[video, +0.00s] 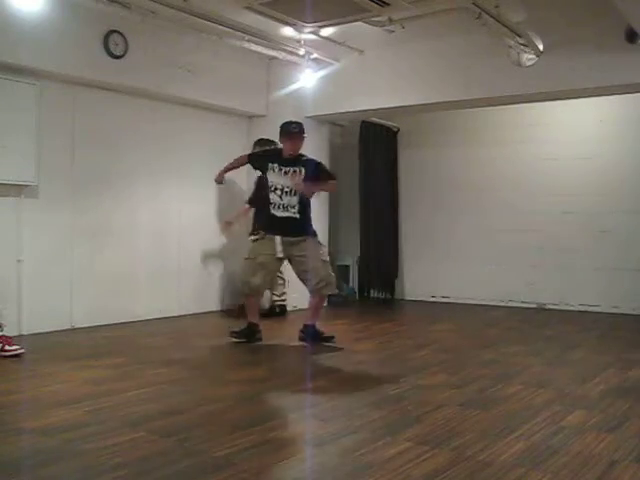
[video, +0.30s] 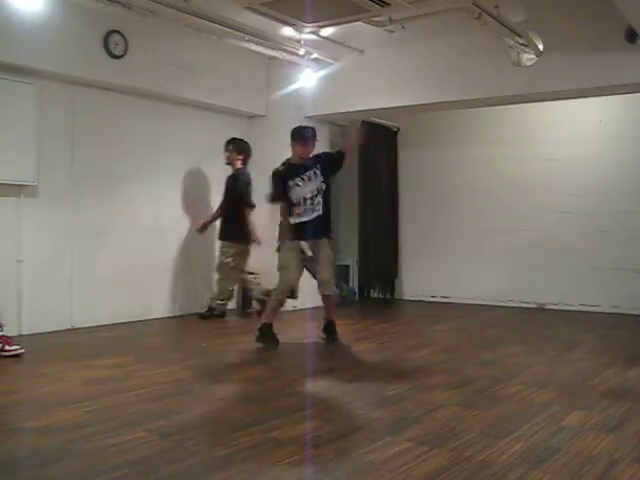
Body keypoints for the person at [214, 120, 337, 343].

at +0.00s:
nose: (295, 144)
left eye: (299, 140)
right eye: (291, 139)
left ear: (303, 140)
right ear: (282, 139)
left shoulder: (310, 165)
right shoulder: (268, 157)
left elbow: (332, 184)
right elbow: (245, 159)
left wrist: (310, 187)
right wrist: (223, 171)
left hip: (301, 236)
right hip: (268, 235)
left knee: (322, 280)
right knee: (251, 280)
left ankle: (309, 327)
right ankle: (252, 326)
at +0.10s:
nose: (300, 144)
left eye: (303, 140)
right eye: (296, 140)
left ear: (308, 141)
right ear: (286, 141)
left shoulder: (314, 168)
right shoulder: (269, 163)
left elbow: (337, 188)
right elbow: (246, 170)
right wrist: (236, 182)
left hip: (306, 235)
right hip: (275, 235)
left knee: (323, 280)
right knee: (262, 281)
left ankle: (314, 325)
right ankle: (257, 324)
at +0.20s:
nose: (304, 146)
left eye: (308, 142)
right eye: (300, 141)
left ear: (313, 142)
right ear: (291, 142)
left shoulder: (322, 166)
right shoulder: (275, 169)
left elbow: (350, 170)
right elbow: (247, 187)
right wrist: (235, 206)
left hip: (314, 235)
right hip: (286, 237)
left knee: (323, 279)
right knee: (283, 286)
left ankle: (324, 322)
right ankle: (261, 326)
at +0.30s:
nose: (306, 150)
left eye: (309, 145)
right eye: (302, 145)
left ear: (314, 145)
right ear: (293, 144)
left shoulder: (322, 161)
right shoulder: (281, 173)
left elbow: (347, 153)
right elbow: (283, 209)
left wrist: (357, 139)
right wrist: (283, 240)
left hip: (319, 234)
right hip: (292, 235)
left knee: (326, 280)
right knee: (287, 282)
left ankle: (330, 324)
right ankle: (265, 326)